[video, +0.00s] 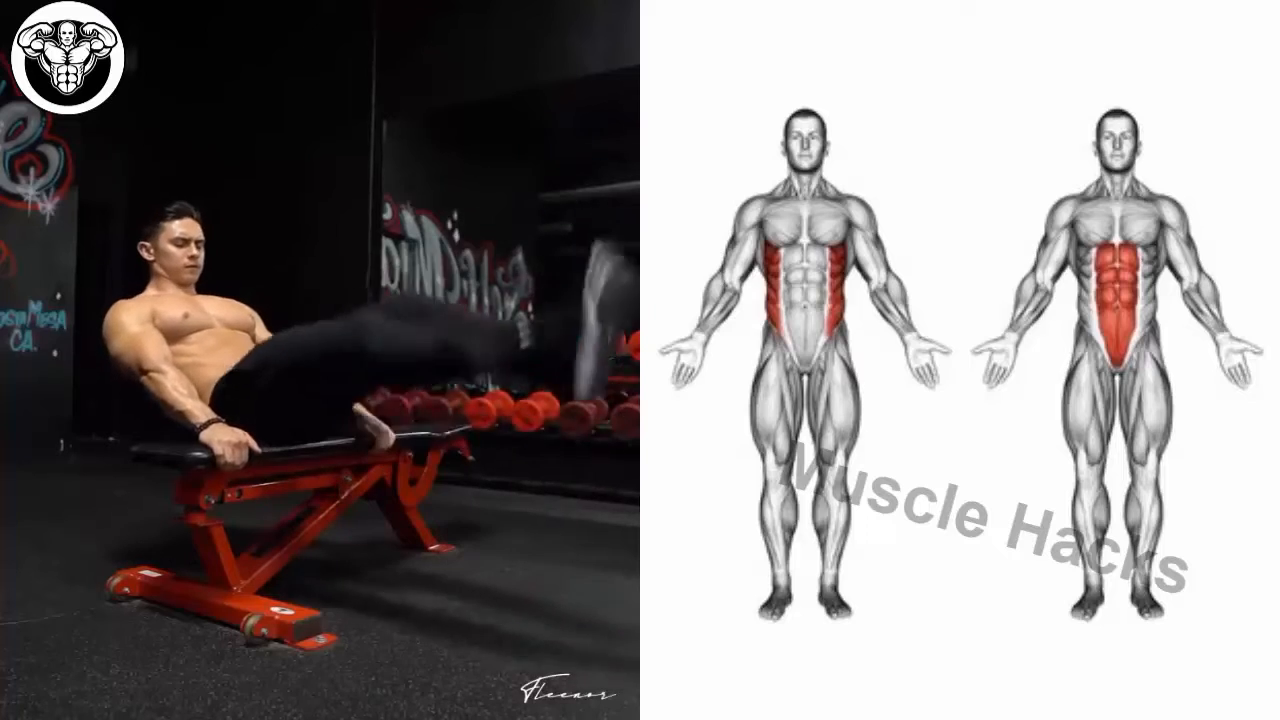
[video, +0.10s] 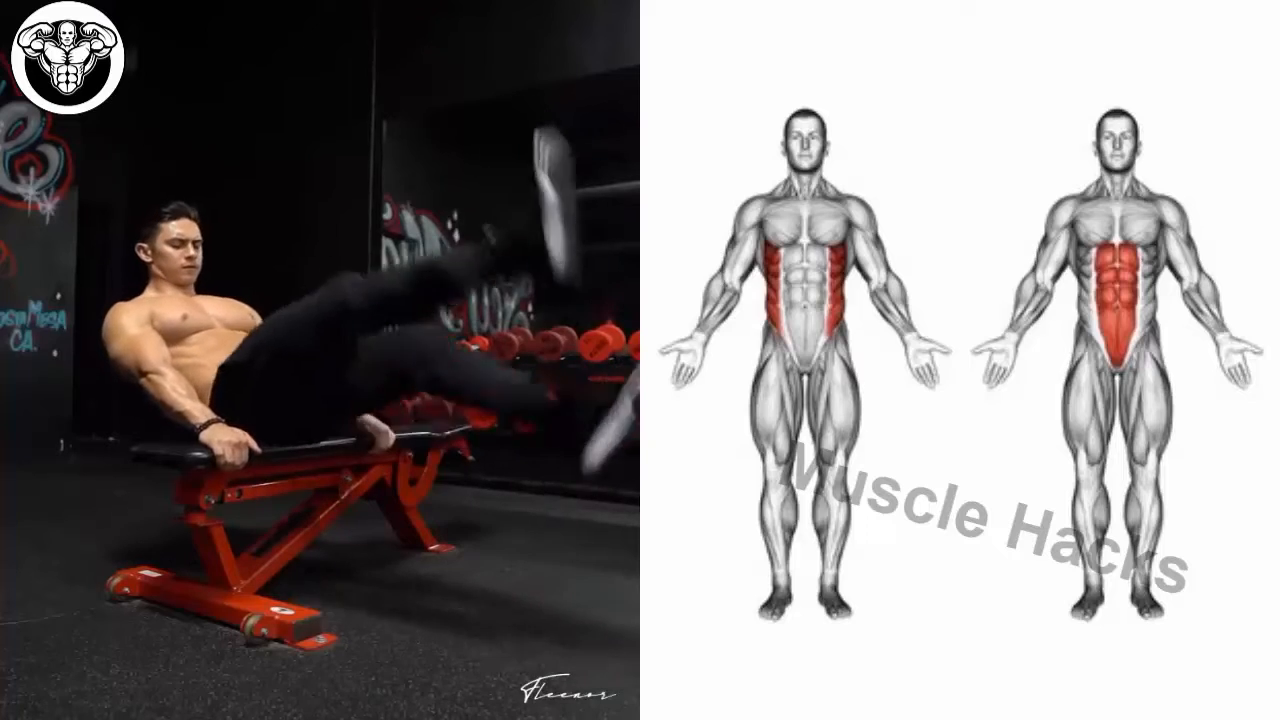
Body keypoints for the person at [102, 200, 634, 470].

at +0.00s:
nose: (193, 253)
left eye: (198, 244)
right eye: (180, 243)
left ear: (202, 251)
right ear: (149, 251)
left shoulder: (238, 308)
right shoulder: (129, 313)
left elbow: (286, 370)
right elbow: (156, 373)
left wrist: (357, 416)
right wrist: (208, 425)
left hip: (291, 400)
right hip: (237, 413)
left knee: (388, 312)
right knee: (349, 342)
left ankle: (546, 357)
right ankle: (510, 350)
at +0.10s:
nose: (190, 254)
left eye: (196, 245)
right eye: (176, 245)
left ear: (202, 251)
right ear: (147, 253)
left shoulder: (234, 308)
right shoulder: (127, 316)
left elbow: (295, 358)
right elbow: (157, 376)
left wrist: (351, 416)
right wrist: (209, 426)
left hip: (303, 399)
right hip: (246, 400)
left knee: (418, 343)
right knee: (342, 299)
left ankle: (570, 421)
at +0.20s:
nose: (188, 254)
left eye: (194, 245)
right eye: (175, 245)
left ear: (201, 253)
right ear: (146, 254)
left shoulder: (228, 307)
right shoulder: (127, 317)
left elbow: (297, 342)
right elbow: (156, 378)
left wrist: (358, 409)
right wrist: (208, 426)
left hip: (307, 395)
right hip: (246, 393)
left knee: (437, 393)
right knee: (330, 282)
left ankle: (578, 489)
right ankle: (487, 190)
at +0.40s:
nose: (195, 251)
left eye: (200, 243)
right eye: (180, 243)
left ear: (205, 249)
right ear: (149, 249)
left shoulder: (233, 306)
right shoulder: (129, 312)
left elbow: (303, 353)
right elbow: (156, 373)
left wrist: (366, 421)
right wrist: (208, 424)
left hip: (304, 398)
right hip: (244, 397)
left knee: (425, 384)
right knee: (316, 266)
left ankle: (551, 501)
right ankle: (467, 177)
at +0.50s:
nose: (201, 253)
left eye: (206, 243)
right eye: (188, 243)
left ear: (209, 247)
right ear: (156, 248)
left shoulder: (237, 306)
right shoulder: (131, 310)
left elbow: (300, 363)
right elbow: (159, 371)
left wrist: (357, 419)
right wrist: (208, 424)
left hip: (296, 401)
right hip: (240, 393)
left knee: (419, 353)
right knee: (325, 274)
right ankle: (503, 222)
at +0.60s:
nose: (207, 250)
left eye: (211, 241)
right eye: (194, 240)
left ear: (213, 248)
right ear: (161, 245)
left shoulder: (243, 304)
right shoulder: (137, 306)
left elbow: (300, 363)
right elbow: (160, 366)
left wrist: (359, 416)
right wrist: (209, 424)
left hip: (303, 405)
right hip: (245, 405)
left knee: (412, 334)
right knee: (342, 297)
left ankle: (554, 303)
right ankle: (493, 309)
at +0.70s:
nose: (211, 249)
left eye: (216, 240)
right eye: (199, 239)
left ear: (219, 245)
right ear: (167, 243)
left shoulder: (244, 306)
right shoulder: (138, 306)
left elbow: (290, 367)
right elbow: (165, 368)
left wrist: (354, 419)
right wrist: (210, 427)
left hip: (299, 388)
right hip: (245, 397)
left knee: (391, 294)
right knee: (360, 337)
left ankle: (542, 219)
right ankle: (562, 382)